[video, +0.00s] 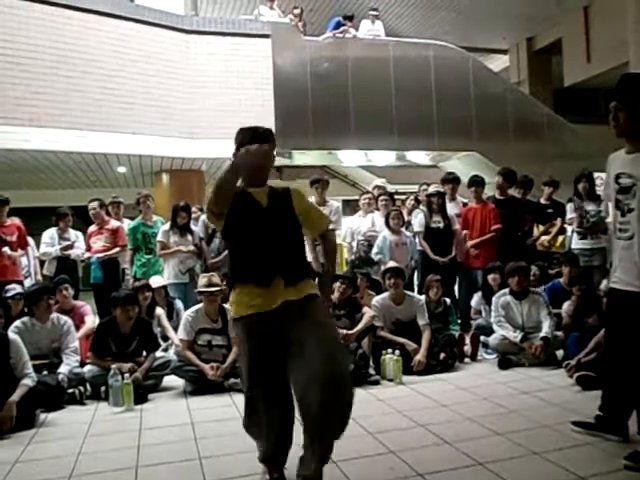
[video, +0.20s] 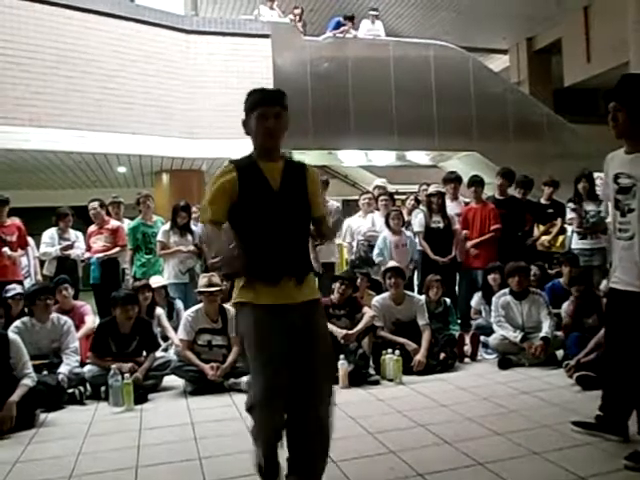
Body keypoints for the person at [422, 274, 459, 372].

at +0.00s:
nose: (435, 291)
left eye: (438, 288)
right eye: (432, 288)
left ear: (442, 290)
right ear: (427, 290)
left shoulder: (446, 303)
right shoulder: (421, 302)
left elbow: (453, 321)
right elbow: (420, 321)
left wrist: (454, 333)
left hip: (444, 331)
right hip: (429, 331)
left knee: (449, 338)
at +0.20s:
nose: (435, 291)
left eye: (438, 288)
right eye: (432, 288)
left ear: (442, 290)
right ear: (427, 290)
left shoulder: (446, 302)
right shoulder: (422, 302)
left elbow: (453, 321)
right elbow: (420, 320)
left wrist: (453, 334)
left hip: (444, 331)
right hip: (429, 331)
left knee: (449, 339)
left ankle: (443, 356)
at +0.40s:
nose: (435, 292)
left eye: (438, 288)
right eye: (432, 289)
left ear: (442, 290)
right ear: (427, 290)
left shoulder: (446, 303)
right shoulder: (422, 302)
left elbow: (453, 321)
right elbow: (420, 321)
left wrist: (454, 333)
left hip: (444, 330)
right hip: (429, 331)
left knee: (449, 338)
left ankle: (443, 356)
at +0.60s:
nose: (435, 292)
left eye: (437, 288)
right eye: (432, 289)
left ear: (441, 290)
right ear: (427, 290)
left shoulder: (446, 303)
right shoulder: (422, 302)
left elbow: (453, 322)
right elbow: (421, 321)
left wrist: (453, 334)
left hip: (444, 331)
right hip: (429, 331)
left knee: (449, 338)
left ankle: (443, 356)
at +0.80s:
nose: (435, 292)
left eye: (437, 288)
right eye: (432, 289)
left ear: (441, 290)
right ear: (427, 290)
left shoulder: (446, 303)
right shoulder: (422, 302)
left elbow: (453, 322)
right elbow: (421, 321)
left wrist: (453, 334)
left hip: (444, 331)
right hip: (429, 331)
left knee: (449, 338)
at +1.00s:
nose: (435, 292)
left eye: (437, 288)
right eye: (432, 289)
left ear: (441, 290)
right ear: (427, 291)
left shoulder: (446, 303)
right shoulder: (421, 302)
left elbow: (453, 322)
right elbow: (421, 321)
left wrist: (452, 334)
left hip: (444, 330)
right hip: (429, 331)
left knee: (449, 338)